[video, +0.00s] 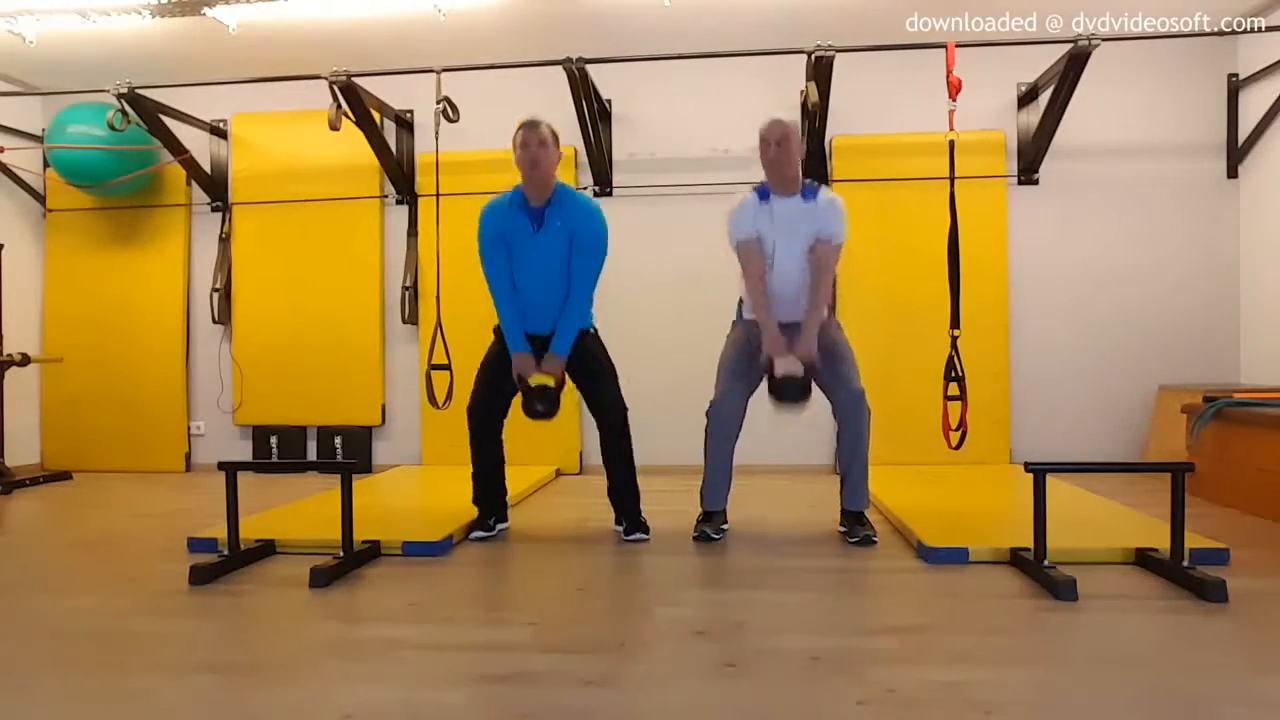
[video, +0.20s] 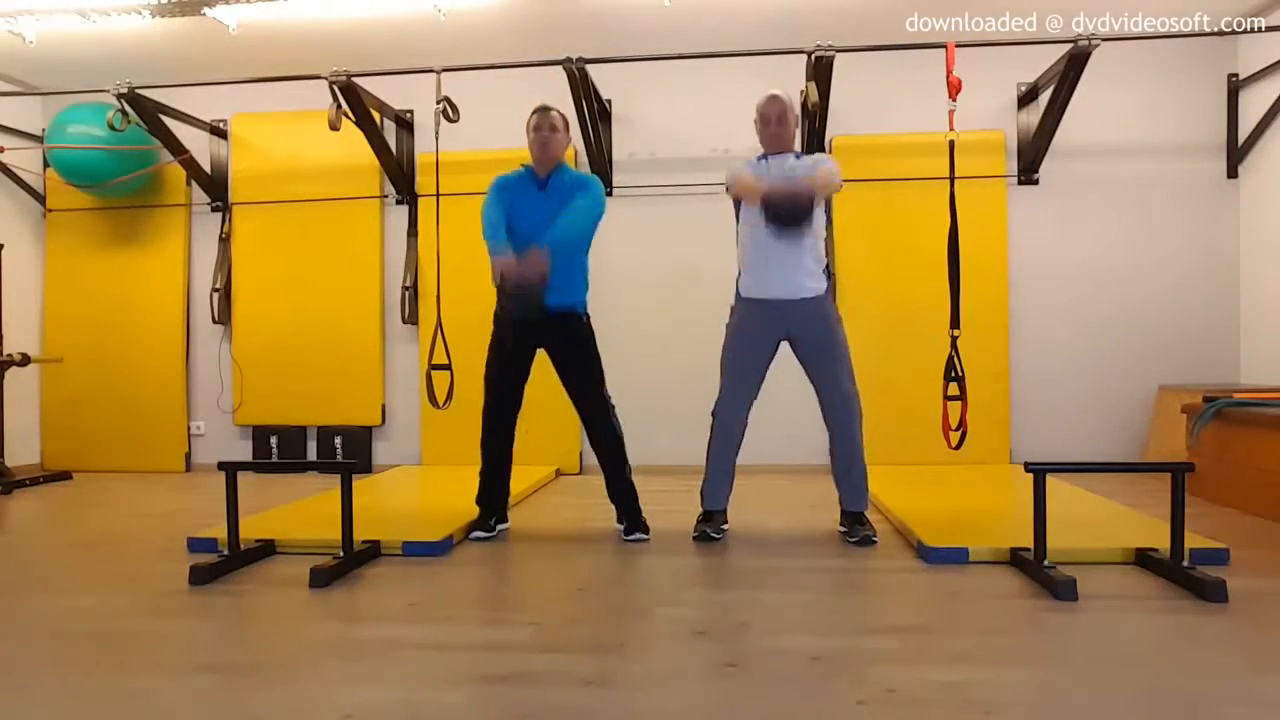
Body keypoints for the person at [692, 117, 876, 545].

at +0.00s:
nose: (774, 149)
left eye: (783, 141)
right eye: (767, 143)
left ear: (801, 150)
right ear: (759, 154)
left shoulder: (828, 205)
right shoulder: (746, 209)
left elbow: (824, 275)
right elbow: (754, 278)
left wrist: (810, 332)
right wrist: (769, 331)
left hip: (815, 322)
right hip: (757, 323)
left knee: (853, 403)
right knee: (724, 407)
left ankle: (854, 512)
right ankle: (713, 512)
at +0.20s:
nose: (772, 127)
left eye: (779, 120)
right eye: (765, 121)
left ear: (795, 124)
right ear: (755, 127)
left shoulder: (818, 162)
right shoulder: (745, 171)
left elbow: (827, 181)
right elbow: (741, 188)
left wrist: (784, 189)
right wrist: (778, 195)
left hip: (811, 306)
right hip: (755, 308)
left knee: (843, 407)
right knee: (730, 409)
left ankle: (854, 512)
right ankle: (713, 511)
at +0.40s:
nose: (785, 126)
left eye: (792, 119)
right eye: (778, 119)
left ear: (805, 117)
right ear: (761, 115)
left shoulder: (819, 162)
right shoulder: (744, 166)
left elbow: (825, 165)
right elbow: (738, 167)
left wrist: (811, 116)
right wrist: (755, 120)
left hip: (811, 301)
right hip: (754, 303)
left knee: (839, 407)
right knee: (732, 408)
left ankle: (854, 513)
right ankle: (713, 511)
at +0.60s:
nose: (787, 132)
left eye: (795, 125)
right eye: (780, 124)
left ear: (807, 121)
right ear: (764, 120)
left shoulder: (818, 161)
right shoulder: (747, 162)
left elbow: (827, 164)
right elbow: (741, 164)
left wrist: (811, 118)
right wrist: (759, 120)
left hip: (812, 303)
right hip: (756, 304)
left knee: (840, 408)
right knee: (733, 408)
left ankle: (854, 512)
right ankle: (714, 510)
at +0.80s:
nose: (776, 112)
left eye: (784, 108)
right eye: (768, 109)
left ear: (798, 125)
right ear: (756, 127)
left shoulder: (821, 171)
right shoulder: (743, 176)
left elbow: (826, 206)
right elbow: (744, 206)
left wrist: (801, 229)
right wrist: (772, 228)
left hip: (811, 316)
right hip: (753, 317)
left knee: (850, 411)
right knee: (721, 413)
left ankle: (854, 513)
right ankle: (713, 511)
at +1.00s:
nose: (778, 148)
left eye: (786, 142)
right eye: (769, 143)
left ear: (799, 158)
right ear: (757, 160)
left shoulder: (826, 217)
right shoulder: (739, 224)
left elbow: (825, 294)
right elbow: (746, 299)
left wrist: (808, 353)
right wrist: (765, 357)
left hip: (813, 336)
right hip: (752, 336)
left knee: (859, 403)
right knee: (709, 408)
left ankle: (855, 512)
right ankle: (711, 511)